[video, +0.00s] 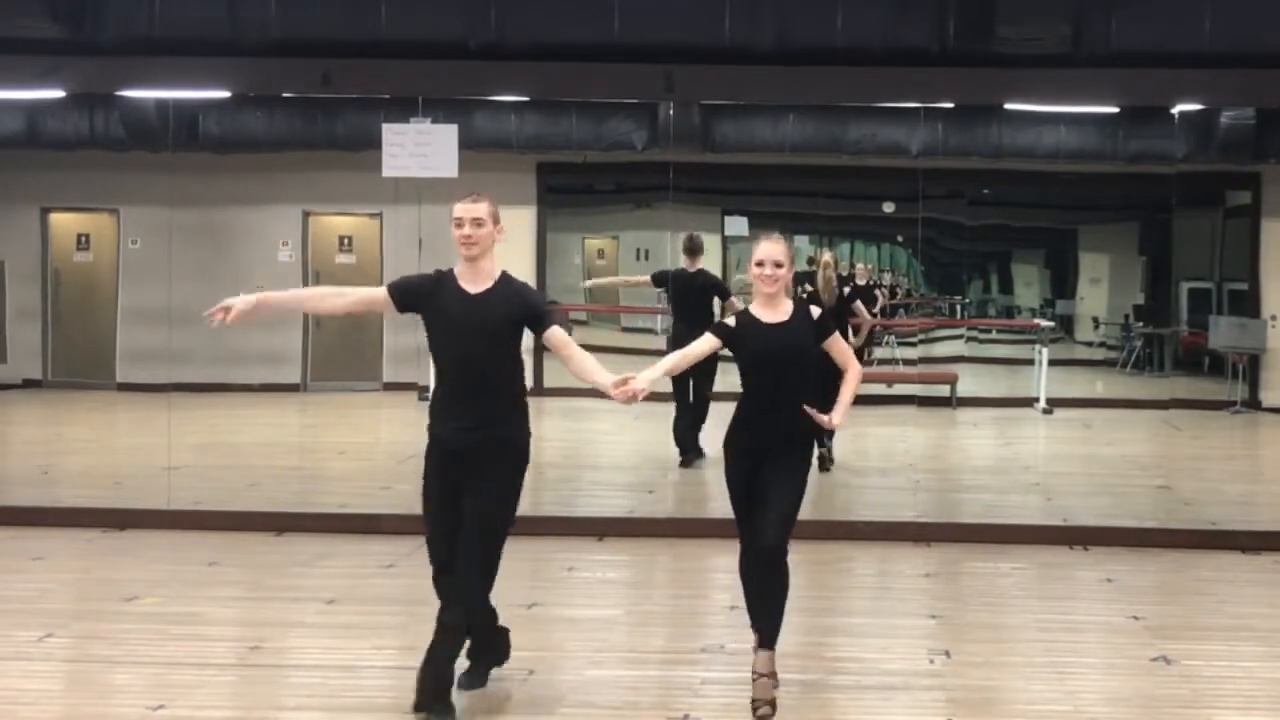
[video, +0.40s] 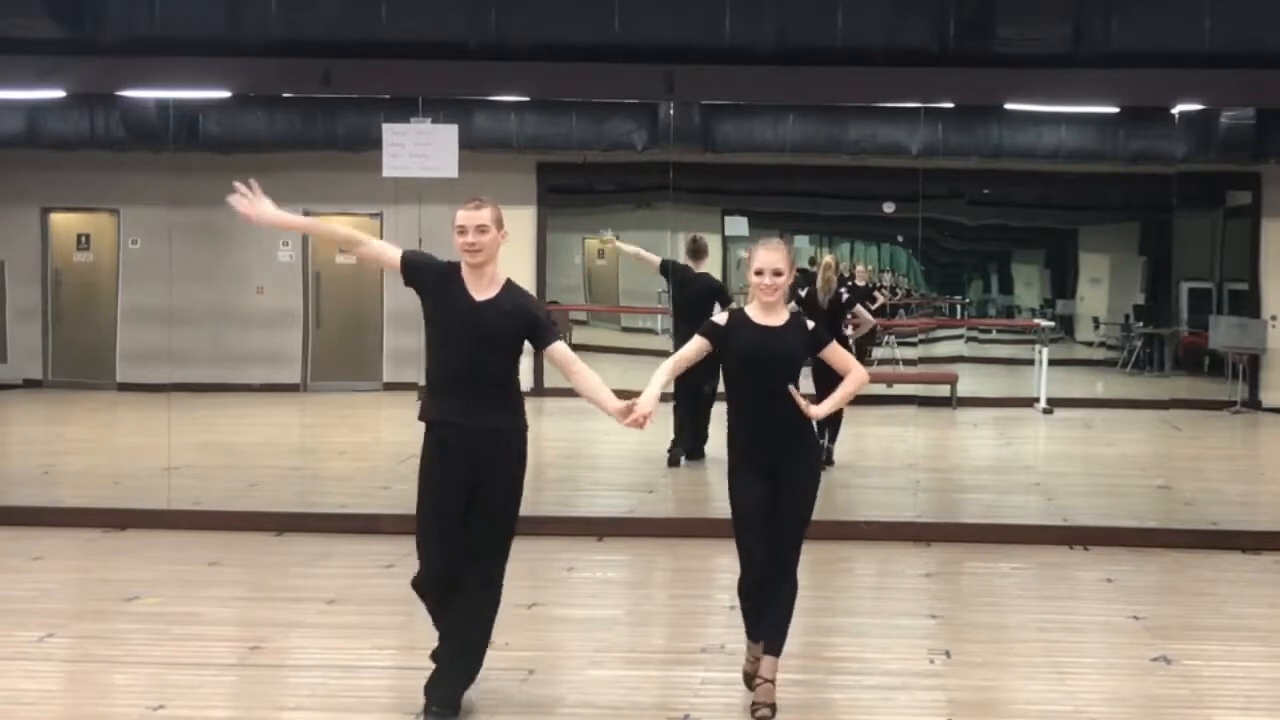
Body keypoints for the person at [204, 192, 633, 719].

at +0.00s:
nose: (465, 230)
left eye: (476, 222)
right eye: (458, 222)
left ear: (498, 231)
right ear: (451, 230)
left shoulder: (519, 297)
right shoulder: (430, 288)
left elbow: (568, 351)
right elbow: (342, 300)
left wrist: (609, 382)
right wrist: (260, 299)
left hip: (502, 444)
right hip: (446, 441)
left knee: (474, 561)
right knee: (445, 559)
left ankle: (434, 680)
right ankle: (489, 639)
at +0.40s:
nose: (469, 238)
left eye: (480, 229)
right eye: (461, 230)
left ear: (502, 235)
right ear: (454, 236)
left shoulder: (521, 305)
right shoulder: (433, 275)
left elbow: (571, 365)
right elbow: (355, 242)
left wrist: (618, 409)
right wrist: (277, 218)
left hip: (501, 448)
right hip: (444, 443)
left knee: (481, 574)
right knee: (433, 572)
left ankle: (445, 698)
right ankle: (459, 648)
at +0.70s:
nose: (513, 234)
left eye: (522, 226)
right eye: (503, 225)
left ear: (533, 232)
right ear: (485, 231)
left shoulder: (552, 293)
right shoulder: (460, 288)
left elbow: (610, 335)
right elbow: (387, 323)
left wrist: (623, 355)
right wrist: (334, 283)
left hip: (512, 437)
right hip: (459, 429)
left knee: (478, 544)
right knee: (450, 544)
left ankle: (460, 671)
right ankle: (452, 652)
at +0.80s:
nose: (546, 239)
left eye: (549, 232)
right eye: (537, 231)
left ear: (549, 235)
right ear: (508, 232)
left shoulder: (563, 291)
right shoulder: (473, 295)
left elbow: (630, 321)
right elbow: (434, 356)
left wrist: (629, 334)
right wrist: (367, 343)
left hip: (528, 432)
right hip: (476, 427)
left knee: (485, 529)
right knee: (463, 538)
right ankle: (455, 658)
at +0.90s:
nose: (564, 241)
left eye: (566, 233)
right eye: (556, 233)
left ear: (563, 237)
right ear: (526, 236)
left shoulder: (582, 288)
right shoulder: (496, 298)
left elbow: (660, 288)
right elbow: (478, 368)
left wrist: (634, 305)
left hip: (543, 439)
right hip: (490, 433)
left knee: (517, 543)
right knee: (467, 543)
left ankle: (565, 585)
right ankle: (456, 658)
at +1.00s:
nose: (587, 241)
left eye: (589, 233)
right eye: (579, 234)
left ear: (588, 237)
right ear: (551, 237)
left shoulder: (603, 283)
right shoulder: (525, 300)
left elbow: (669, 262)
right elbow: (512, 370)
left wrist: (640, 290)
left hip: (572, 437)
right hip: (519, 430)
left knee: (570, 539)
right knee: (478, 542)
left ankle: (597, 627)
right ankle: (453, 657)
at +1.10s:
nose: (614, 242)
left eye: (616, 235)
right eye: (605, 235)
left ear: (616, 239)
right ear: (578, 239)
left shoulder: (628, 277)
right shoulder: (557, 302)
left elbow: (686, 238)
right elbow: (542, 383)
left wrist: (649, 269)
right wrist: (567, 433)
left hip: (613, 433)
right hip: (559, 430)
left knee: (606, 539)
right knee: (516, 537)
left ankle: (600, 631)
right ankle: (465, 650)